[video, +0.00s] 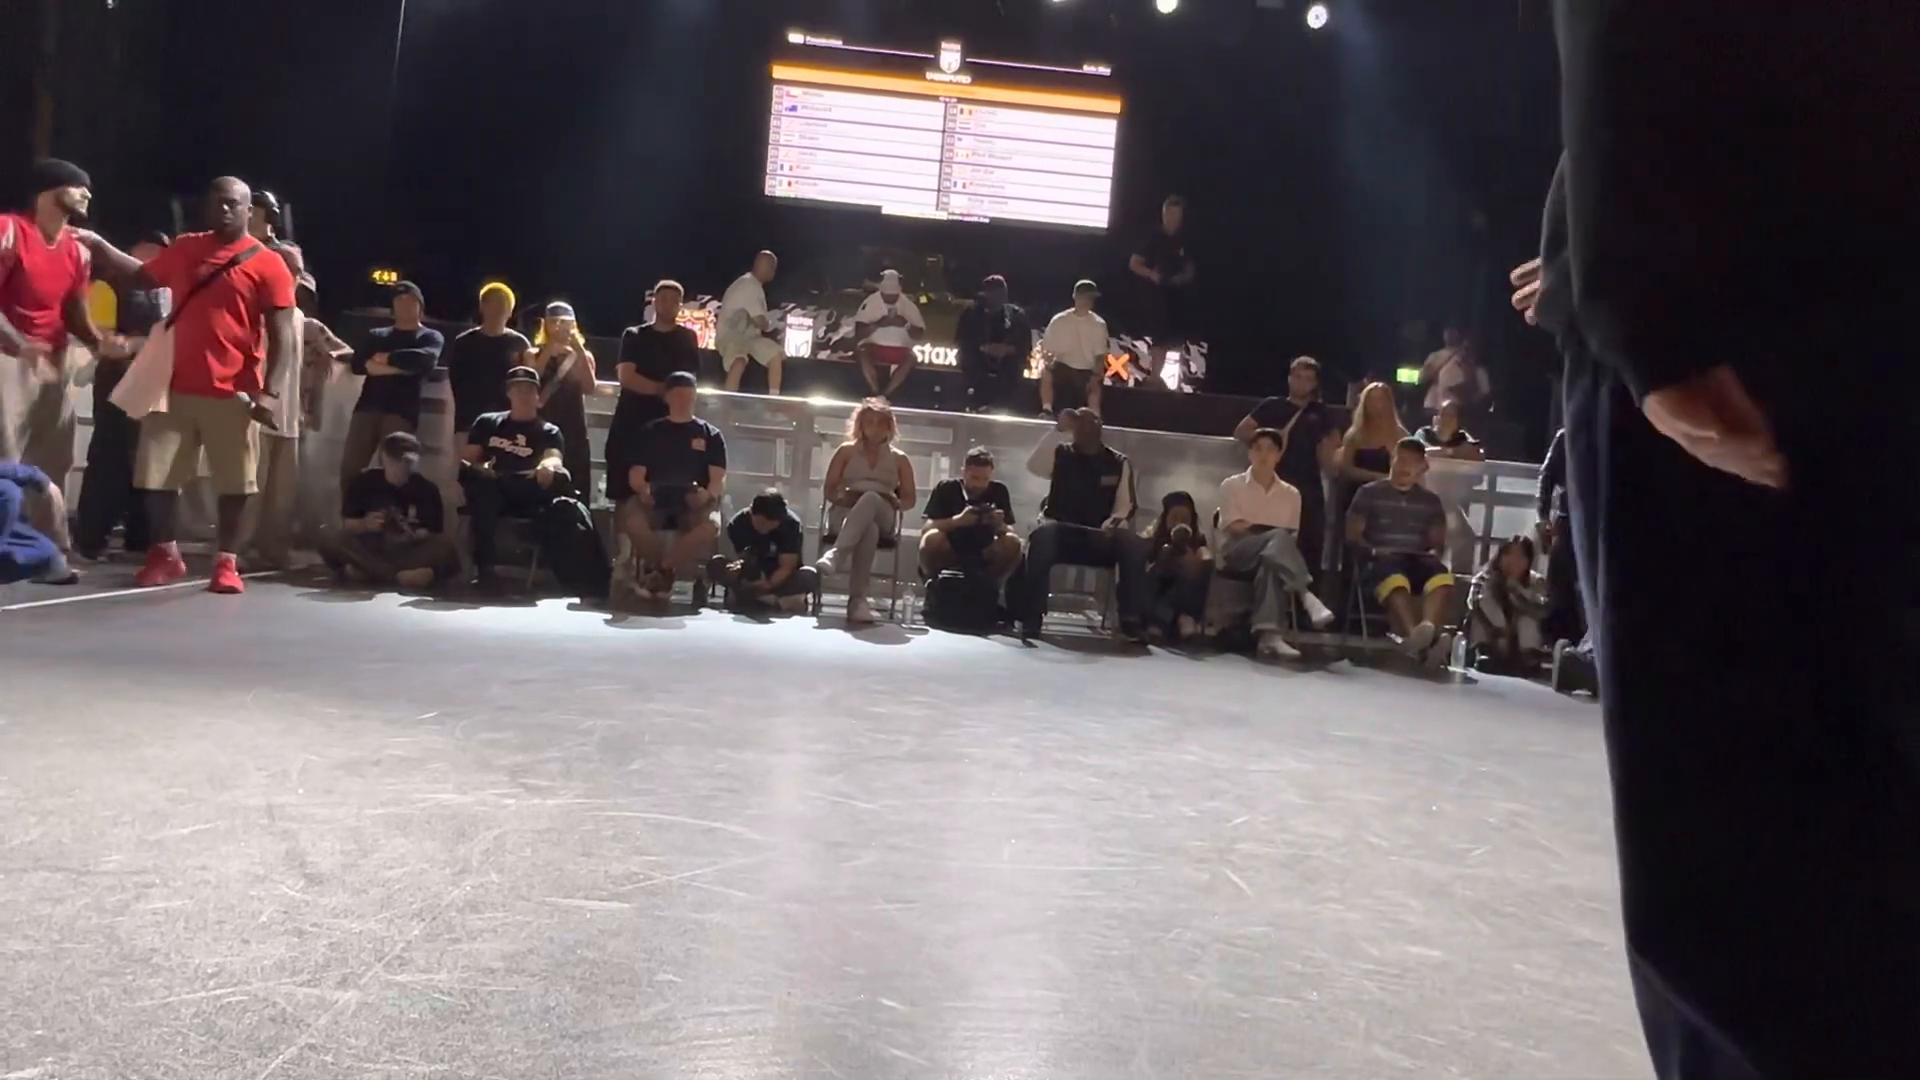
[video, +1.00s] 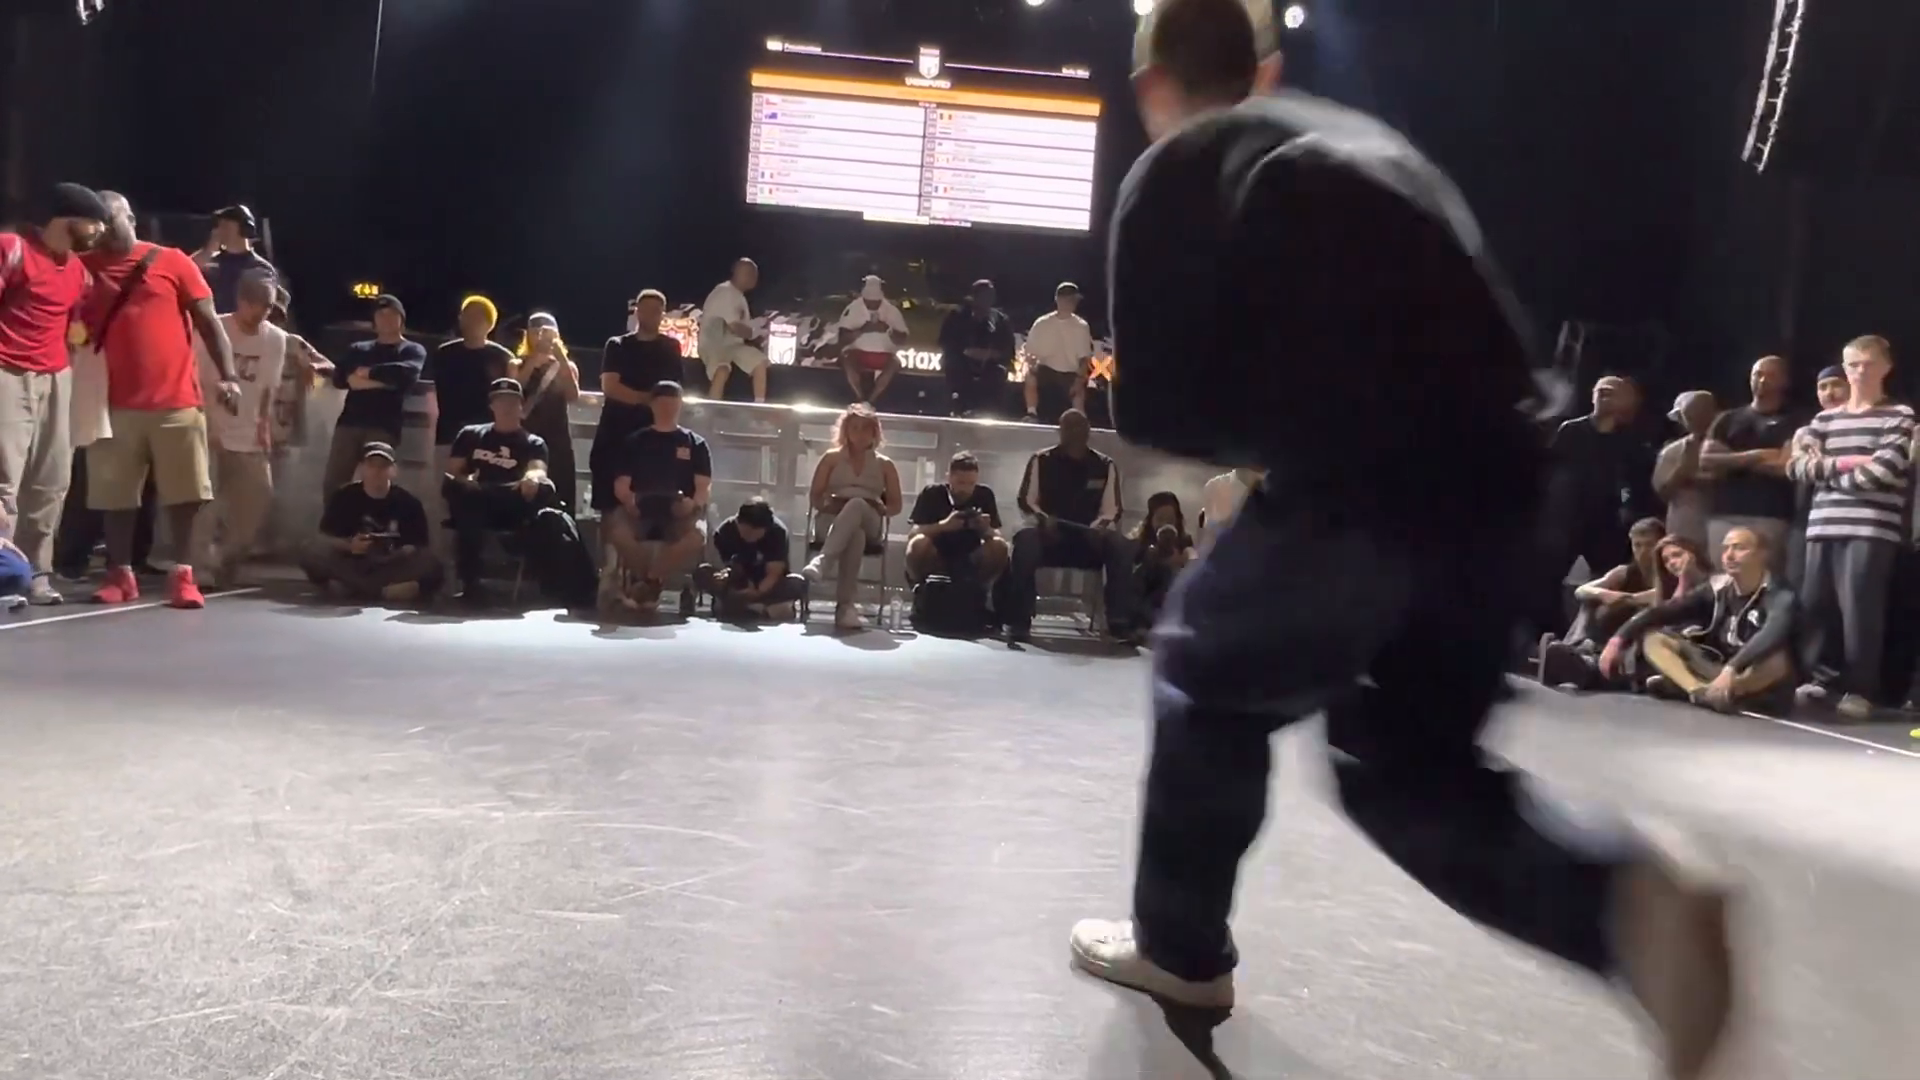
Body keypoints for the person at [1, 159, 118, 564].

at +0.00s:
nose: (87, 194)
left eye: (86, 188)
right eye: (79, 187)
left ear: (66, 196)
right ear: (51, 191)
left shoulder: (77, 250)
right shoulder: (11, 230)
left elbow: (73, 308)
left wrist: (96, 340)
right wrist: (19, 343)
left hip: (57, 362)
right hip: (12, 358)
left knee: (55, 458)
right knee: (8, 451)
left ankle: (53, 549)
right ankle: (9, 546)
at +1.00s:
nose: (94, 235)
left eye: (96, 228)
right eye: (88, 227)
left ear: (70, 224)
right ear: (61, 219)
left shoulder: (78, 270)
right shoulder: (14, 249)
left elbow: (81, 318)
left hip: (56, 376)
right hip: (11, 374)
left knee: (51, 479)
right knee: (8, 478)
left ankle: (38, 573)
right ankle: (4, 577)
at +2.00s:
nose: (77, 284)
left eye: (80, 278)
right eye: (73, 275)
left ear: (63, 266)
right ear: (53, 259)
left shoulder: (66, 306)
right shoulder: (9, 283)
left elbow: (64, 359)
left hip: (43, 410)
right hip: (6, 410)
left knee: (37, 512)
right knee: (4, 510)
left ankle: (21, 607)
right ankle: (3, 606)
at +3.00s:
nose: (74, 275)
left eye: (74, 268)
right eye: (67, 268)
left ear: (48, 271)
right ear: (41, 268)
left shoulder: (62, 318)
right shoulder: (7, 304)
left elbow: (64, 372)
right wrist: (3, 403)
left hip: (52, 424)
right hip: (10, 426)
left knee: (47, 525)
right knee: (7, 524)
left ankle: (33, 622)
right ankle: (8, 621)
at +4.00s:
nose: (78, 256)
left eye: (77, 249)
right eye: (73, 249)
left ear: (50, 251)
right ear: (55, 251)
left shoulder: (59, 297)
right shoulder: (15, 286)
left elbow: (49, 353)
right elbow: (2, 352)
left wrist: (69, 387)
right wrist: (38, 381)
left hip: (54, 409)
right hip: (21, 411)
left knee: (56, 510)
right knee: (24, 508)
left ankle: (48, 610)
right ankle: (22, 608)